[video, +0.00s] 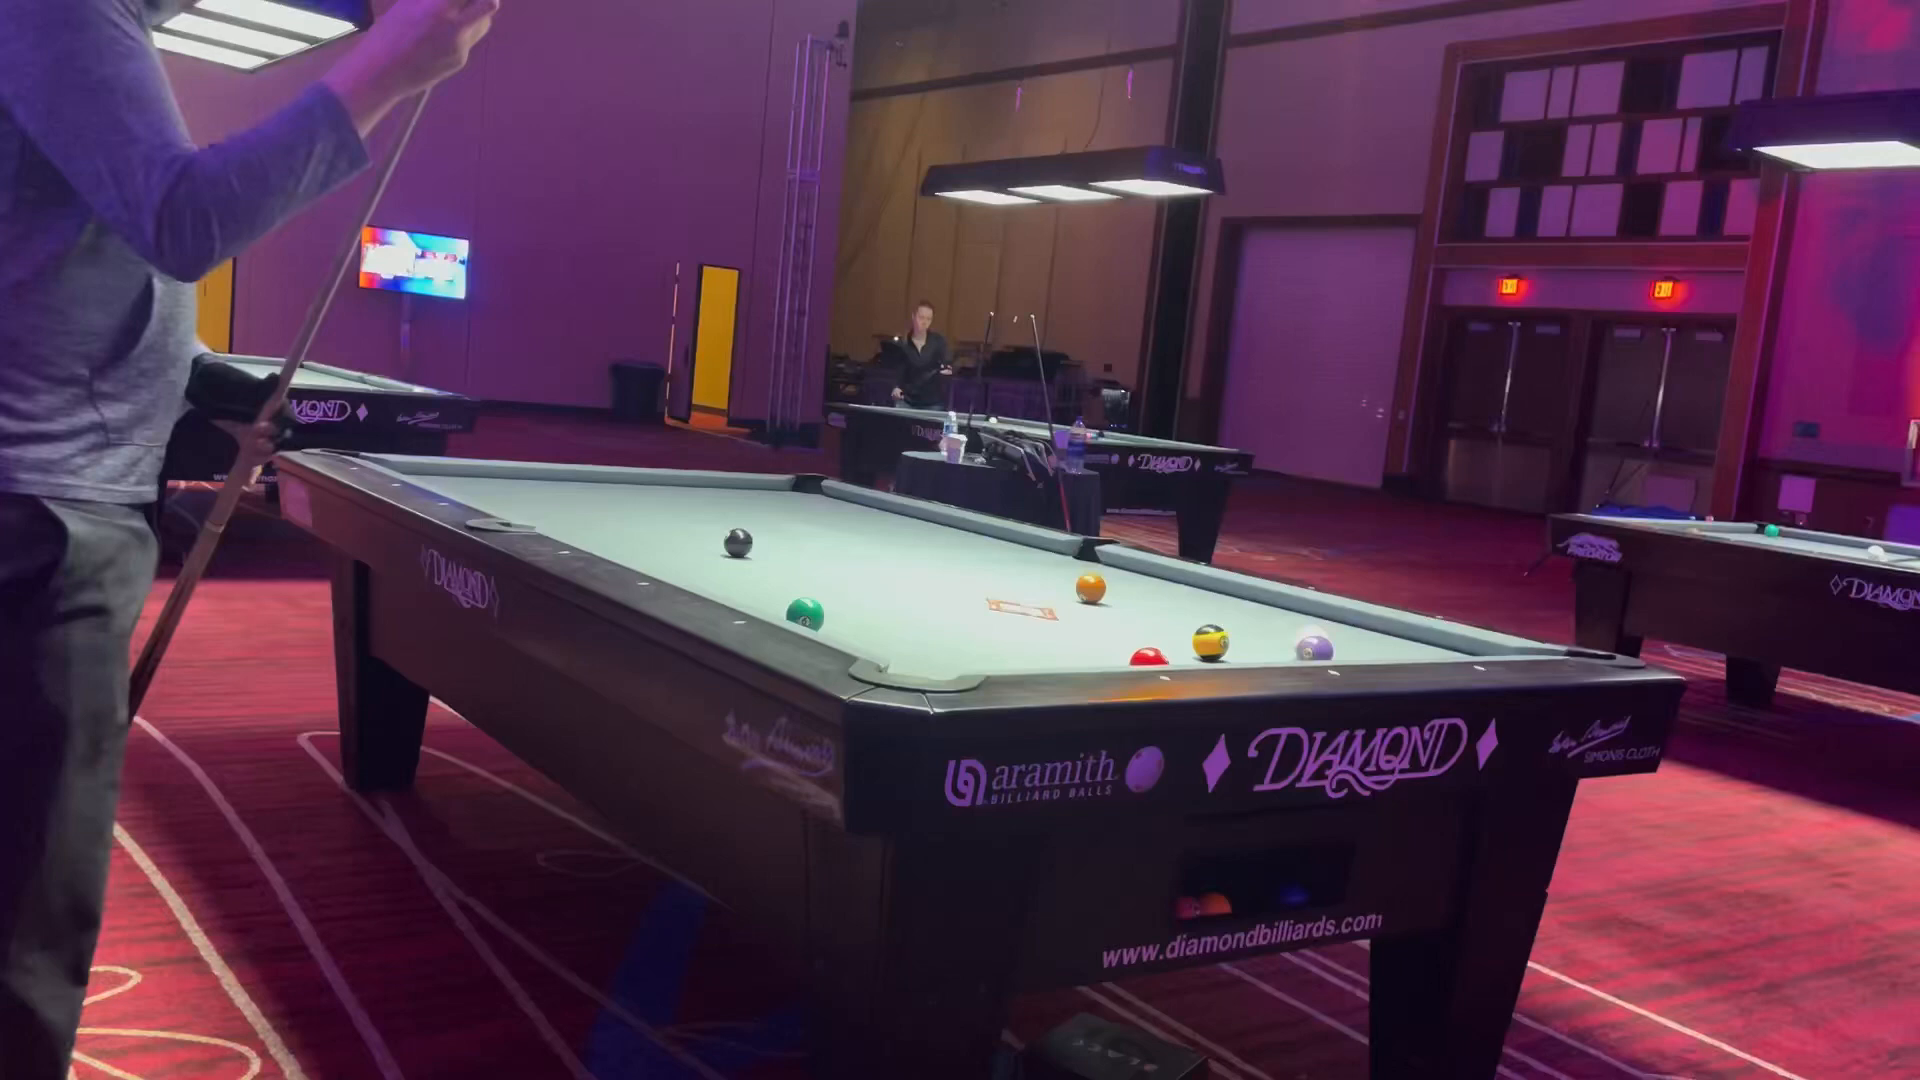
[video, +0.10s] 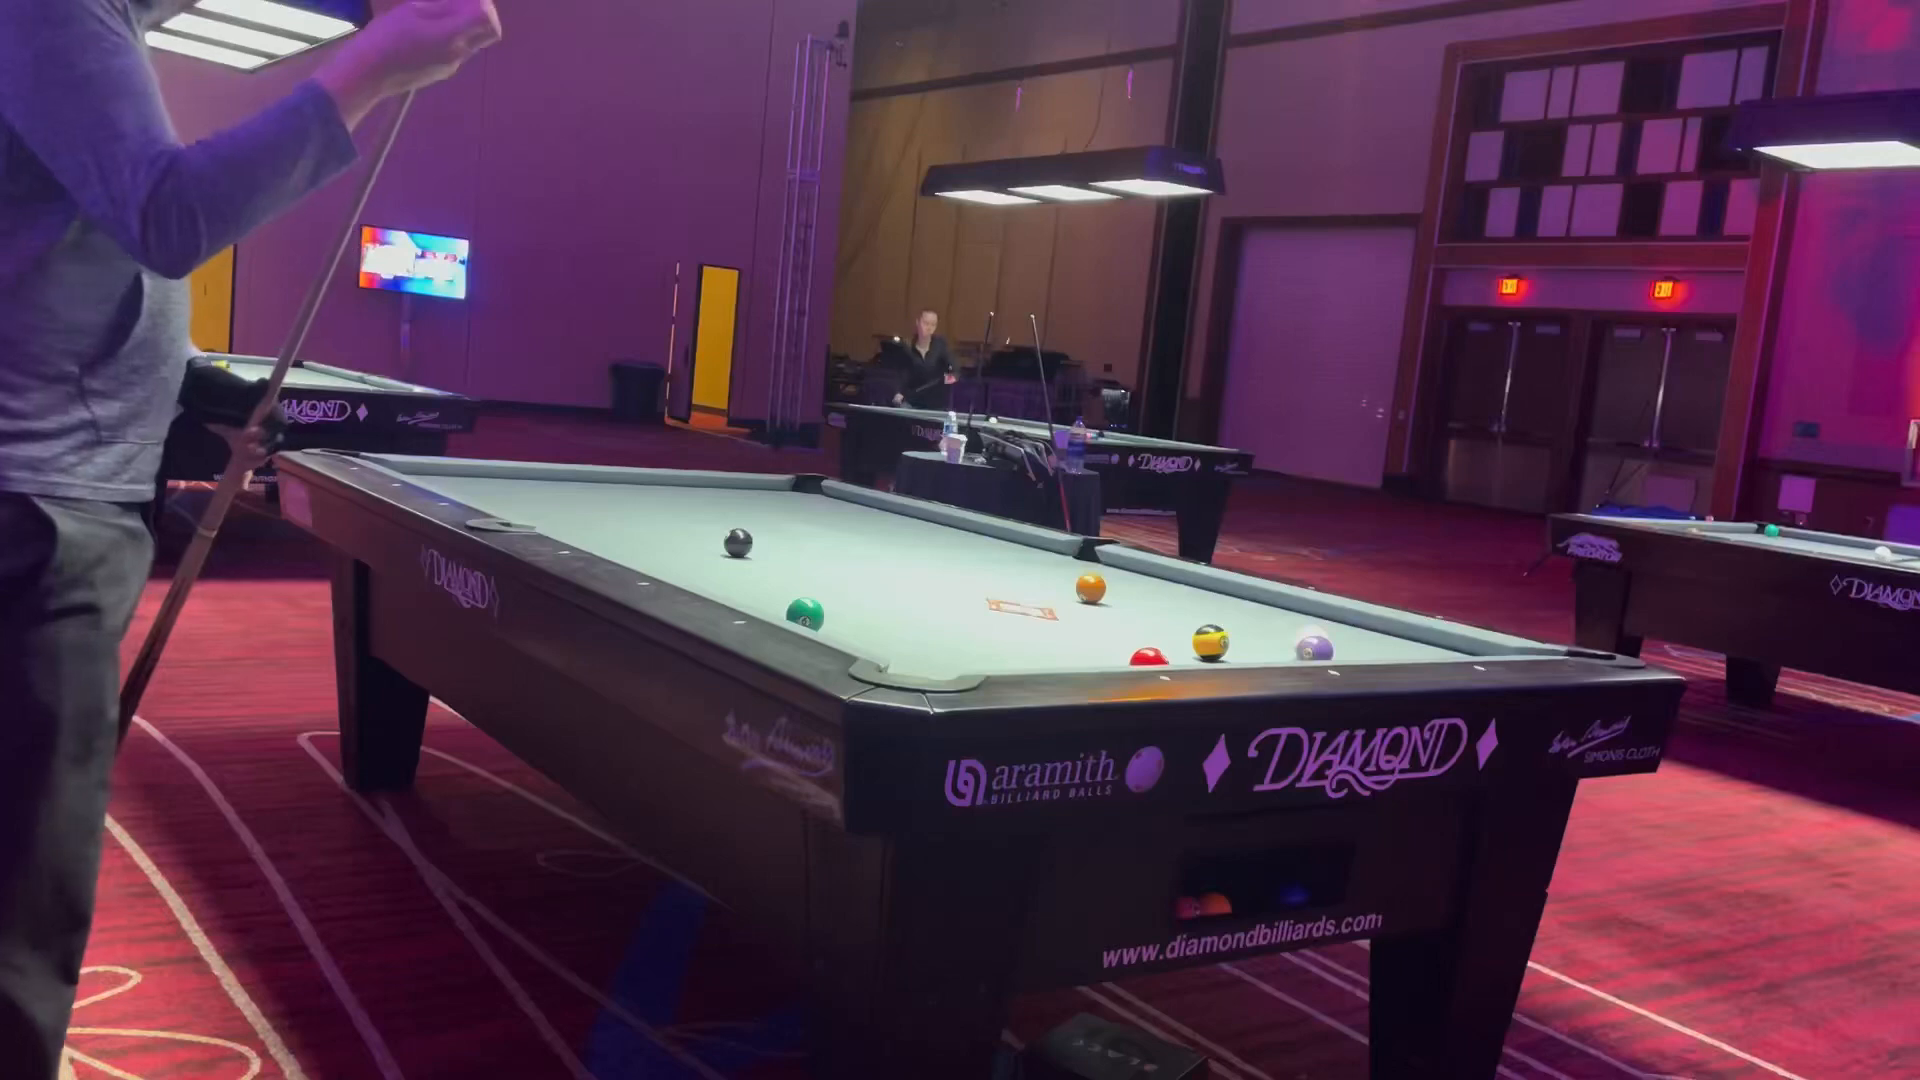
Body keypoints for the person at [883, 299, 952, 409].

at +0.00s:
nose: (924, 322)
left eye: (928, 319)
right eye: (921, 318)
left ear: (931, 321)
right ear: (913, 317)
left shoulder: (938, 341)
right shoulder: (902, 342)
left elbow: (946, 360)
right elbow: (898, 368)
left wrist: (947, 368)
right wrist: (896, 387)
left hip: (932, 401)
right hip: (906, 399)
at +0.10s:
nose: (929, 328)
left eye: (933, 325)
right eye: (926, 323)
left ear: (936, 327)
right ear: (918, 323)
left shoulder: (940, 344)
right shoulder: (907, 346)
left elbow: (953, 362)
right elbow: (900, 371)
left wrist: (953, 375)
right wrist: (898, 392)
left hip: (936, 402)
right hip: (912, 401)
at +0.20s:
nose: (933, 335)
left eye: (937, 332)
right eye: (930, 330)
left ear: (940, 334)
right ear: (922, 329)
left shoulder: (944, 352)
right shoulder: (910, 351)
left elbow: (962, 377)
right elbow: (902, 375)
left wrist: (957, 387)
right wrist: (901, 396)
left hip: (940, 405)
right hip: (915, 404)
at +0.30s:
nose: (937, 343)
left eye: (941, 340)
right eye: (934, 339)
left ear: (944, 342)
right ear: (925, 337)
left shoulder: (948, 358)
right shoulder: (913, 357)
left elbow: (964, 382)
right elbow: (902, 380)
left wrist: (959, 396)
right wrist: (904, 400)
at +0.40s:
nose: (939, 353)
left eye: (943, 349)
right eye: (936, 347)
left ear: (947, 350)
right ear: (928, 346)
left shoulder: (951, 364)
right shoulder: (916, 361)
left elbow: (966, 387)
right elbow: (904, 381)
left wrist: (961, 403)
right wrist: (905, 400)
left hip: (944, 414)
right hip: (918, 412)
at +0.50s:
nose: (942, 360)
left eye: (945, 357)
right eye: (938, 355)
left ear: (948, 357)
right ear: (930, 352)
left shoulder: (950, 369)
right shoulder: (915, 365)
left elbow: (966, 391)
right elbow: (904, 381)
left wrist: (964, 409)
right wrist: (905, 399)